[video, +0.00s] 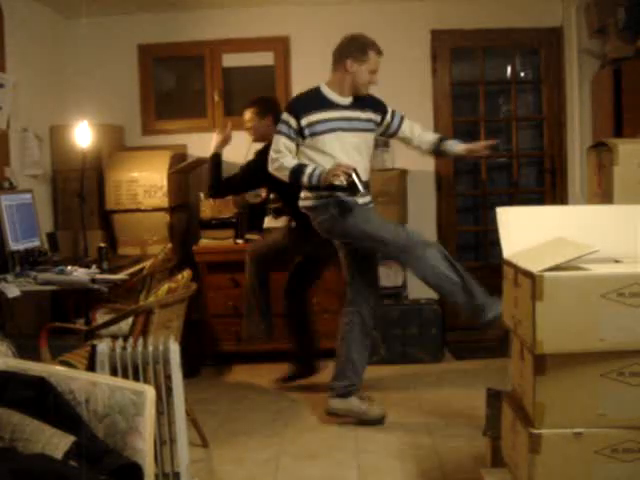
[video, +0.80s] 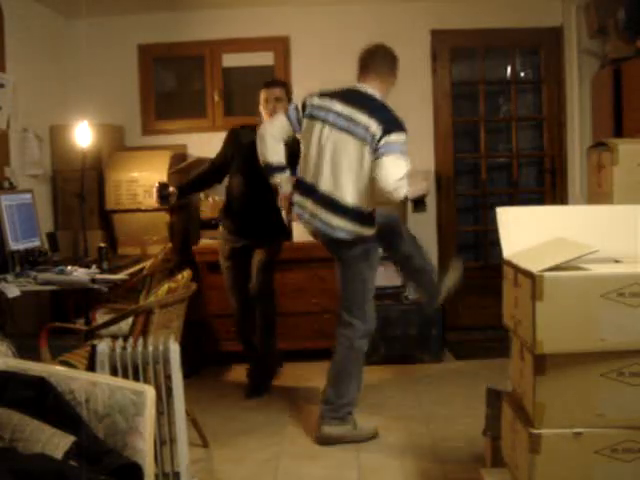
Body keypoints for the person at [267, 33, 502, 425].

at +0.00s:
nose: (375, 77)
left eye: (377, 70)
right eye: (371, 70)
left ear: (354, 69)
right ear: (348, 66)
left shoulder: (371, 109)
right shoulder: (301, 108)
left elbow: (415, 133)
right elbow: (277, 163)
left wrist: (460, 147)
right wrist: (321, 176)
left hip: (359, 209)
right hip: (326, 210)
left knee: (362, 300)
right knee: (418, 247)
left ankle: (343, 395)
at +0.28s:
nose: (379, 111)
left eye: (380, 104)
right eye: (377, 103)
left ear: (359, 102)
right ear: (361, 102)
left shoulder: (371, 141)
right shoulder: (311, 137)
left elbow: (406, 158)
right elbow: (278, 188)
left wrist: (451, 152)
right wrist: (324, 207)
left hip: (363, 239)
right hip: (332, 241)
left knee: (380, 322)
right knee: (426, 281)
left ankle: (339, 406)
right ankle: (465, 369)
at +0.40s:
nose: (372, 75)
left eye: (370, 68)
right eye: (371, 68)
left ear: (340, 65)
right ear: (365, 68)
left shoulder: (361, 109)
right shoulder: (327, 109)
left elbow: (393, 140)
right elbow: (294, 166)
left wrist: (398, 163)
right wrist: (346, 194)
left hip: (356, 219)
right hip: (340, 221)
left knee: (360, 310)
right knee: (402, 300)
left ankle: (339, 402)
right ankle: (392, 398)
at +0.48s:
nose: (374, 66)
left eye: (373, 59)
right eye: (374, 59)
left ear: (340, 56)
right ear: (369, 59)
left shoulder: (347, 97)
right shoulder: (338, 98)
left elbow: (339, 161)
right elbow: (307, 161)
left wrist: (376, 188)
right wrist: (359, 194)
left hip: (352, 215)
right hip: (345, 217)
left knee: (366, 306)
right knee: (376, 310)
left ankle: (308, 357)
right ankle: (353, 410)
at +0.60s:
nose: (393, 104)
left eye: (393, 96)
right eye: (394, 96)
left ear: (363, 84)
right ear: (387, 94)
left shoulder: (335, 116)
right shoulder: (358, 128)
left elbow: (313, 188)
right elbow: (334, 194)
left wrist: (367, 216)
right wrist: (382, 214)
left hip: (332, 237)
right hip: (351, 243)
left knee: (396, 283)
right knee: (366, 334)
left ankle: (318, 282)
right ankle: (334, 421)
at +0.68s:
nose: (396, 117)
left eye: (396, 110)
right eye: (398, 110)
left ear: (366, 94)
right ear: (395, 107)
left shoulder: (330, 122)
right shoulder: (374, 143)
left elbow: (299, 177)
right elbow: (354, 206)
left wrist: (331, 200)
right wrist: (393, 216)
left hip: (316, 233)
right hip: (345, 245)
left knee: (398, 243)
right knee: (375, 331)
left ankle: (347, 300)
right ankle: (334, 420)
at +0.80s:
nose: (391, 86)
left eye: (389, 80)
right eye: (393, 81)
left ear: (360, 71)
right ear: (391, 79)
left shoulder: (317, 102)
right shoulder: (388, 124)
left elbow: (269, 133)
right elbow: (389, 187)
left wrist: (282, 183)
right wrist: (413, 186)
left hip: (312, 220)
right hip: (352, 233)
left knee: (391, 226)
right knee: (356, 323)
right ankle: (335, 420)